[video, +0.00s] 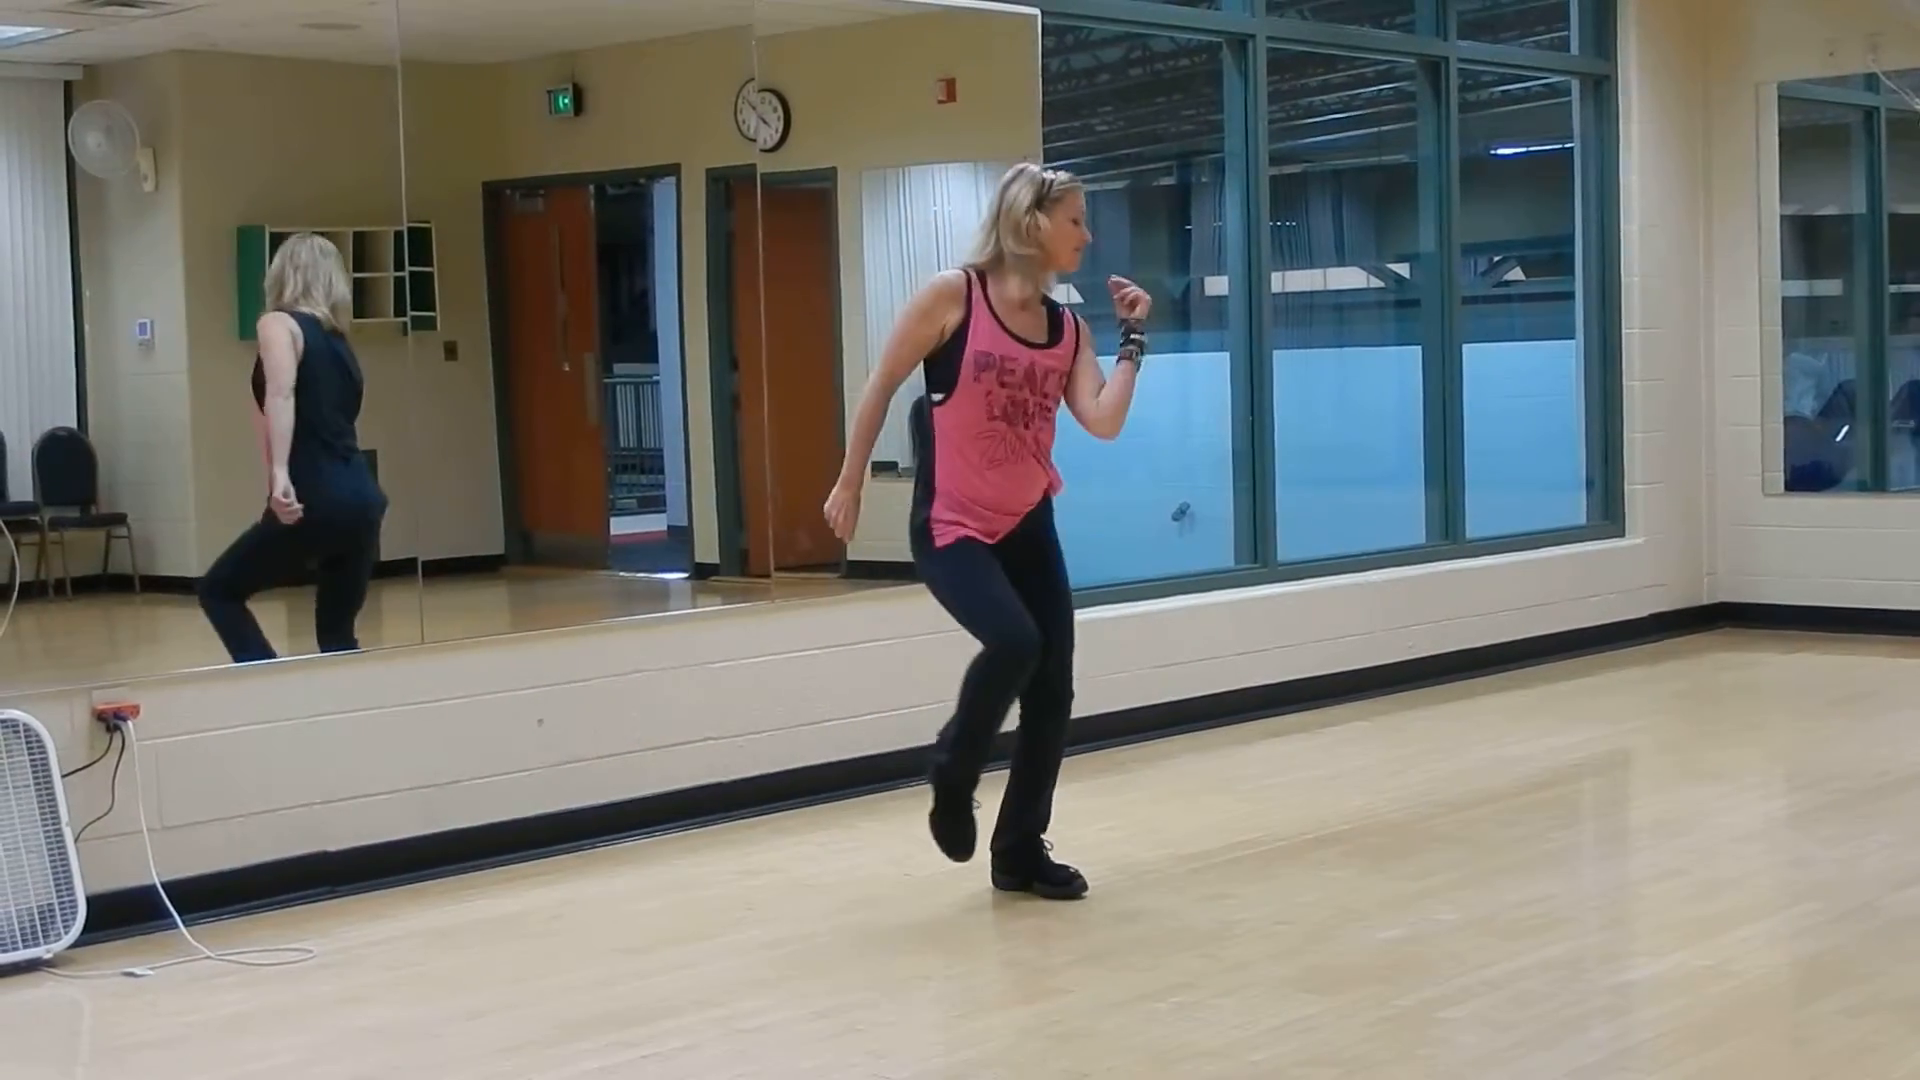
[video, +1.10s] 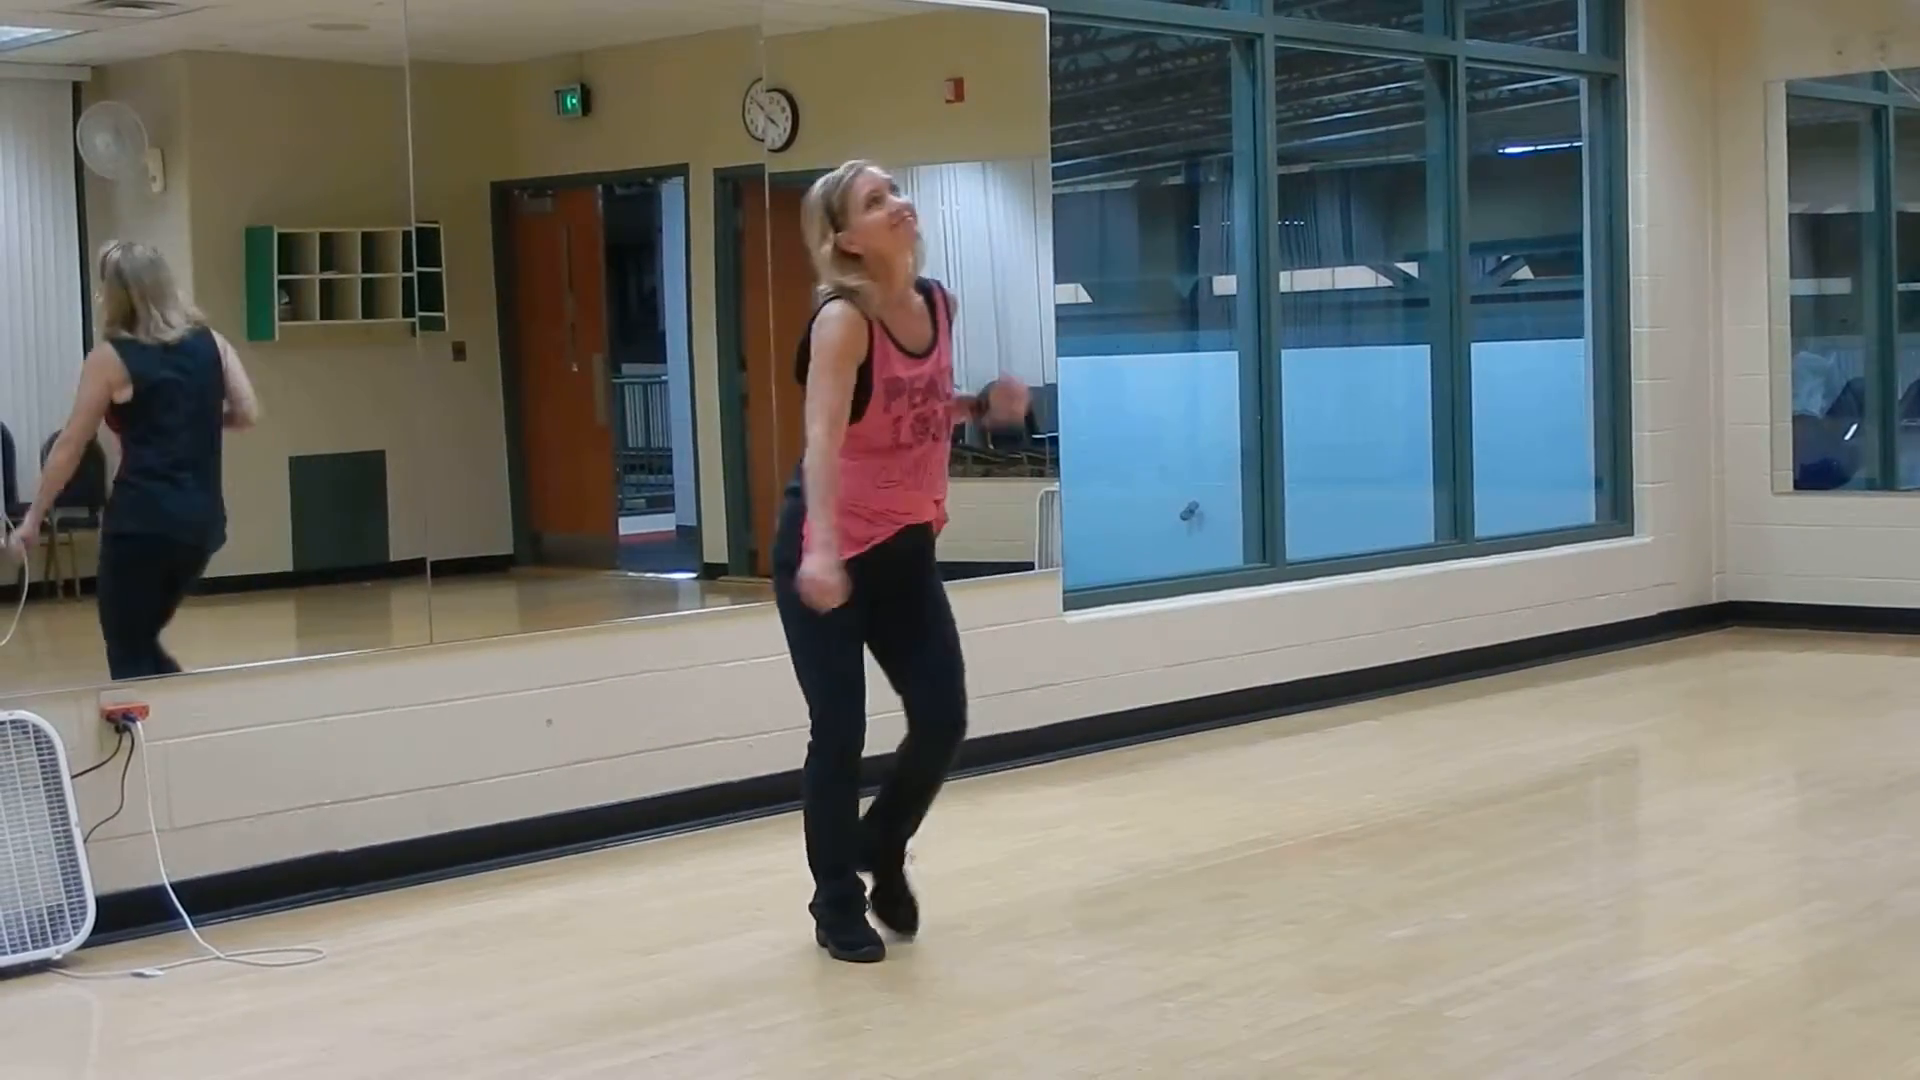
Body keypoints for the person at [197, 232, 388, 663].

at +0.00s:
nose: (272, 278)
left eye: (277, 270)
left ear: (282, 275)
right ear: (335, 281)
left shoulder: (277, 324)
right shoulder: (338, 339)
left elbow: (281, 395)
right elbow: (336, 424)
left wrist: (280, 472)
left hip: (314, 502)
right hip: (363, 502)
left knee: (217, 592)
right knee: (336, 632)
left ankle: (274, 694)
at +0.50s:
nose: (212, 282)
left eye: (216, 273)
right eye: (212, 273)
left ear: (230, 271)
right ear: (274, 266)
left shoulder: (230, 311)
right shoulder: (305, 313)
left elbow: (214, 387)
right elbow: (320, 391)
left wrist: (198, 457)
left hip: (279, 488)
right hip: (337, 484)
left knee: (218, 620)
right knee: (347, 621)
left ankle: (199, 731)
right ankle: (384, 725)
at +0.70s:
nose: (170, 286)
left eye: (173, 275)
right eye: (171, 275)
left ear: (190, 278)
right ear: (228, 275)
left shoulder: (190, 332)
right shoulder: (269, 336)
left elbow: (176, 398)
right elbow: (306, 403)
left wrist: (162, 438)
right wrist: (336, 467)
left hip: (235, 501)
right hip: (291, 493)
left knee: (196, 630)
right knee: (325, 619)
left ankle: (171, 734)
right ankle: (373, 715)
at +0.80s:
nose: (148, 282)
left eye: (152, 273)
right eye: (150, 273)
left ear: (162, 280)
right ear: (210, 275)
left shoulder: (159, 339)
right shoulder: (243, 339)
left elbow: (145, 427)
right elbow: (287, 396)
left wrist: (107, 434)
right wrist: (309, 465)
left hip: (200, 505)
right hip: (260, 499)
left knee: (168, 643)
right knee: (293, 627)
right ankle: (357, 709)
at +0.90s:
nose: (125, 285)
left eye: (129, 276)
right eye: (127, 275)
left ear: (142, 281)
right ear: (189, 276)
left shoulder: (134, 343)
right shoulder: (225, 335)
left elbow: (110, 434)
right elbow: (280, 393)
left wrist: (66, 460)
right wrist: (276, 470)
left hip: (171, 511)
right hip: (233, 505)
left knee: (148, 649)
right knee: (233, 630)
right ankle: (303, 701)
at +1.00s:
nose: (111, 293)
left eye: (116, 284)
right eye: (112, 283)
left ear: (128, 290)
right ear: (175, 281)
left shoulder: (119, 351)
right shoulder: (216, 339)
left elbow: (77, 443)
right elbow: (271, 399)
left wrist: (35, 491)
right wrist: (241, 461)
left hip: (155, 517)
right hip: (216, 511)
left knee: (133, 644)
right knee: (174, 632)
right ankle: (240, 705)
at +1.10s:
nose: (101, 298)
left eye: (105, 289)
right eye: (102, 288)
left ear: (118, 295)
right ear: (166, 286)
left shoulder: (110, 358)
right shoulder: (211, 343)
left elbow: (71, 447)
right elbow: (245, 412)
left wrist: (33, 519)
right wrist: (189, 415)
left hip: (140, 523)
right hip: (202, 521)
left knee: (126, 649)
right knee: (142, 639)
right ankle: (197, 718)